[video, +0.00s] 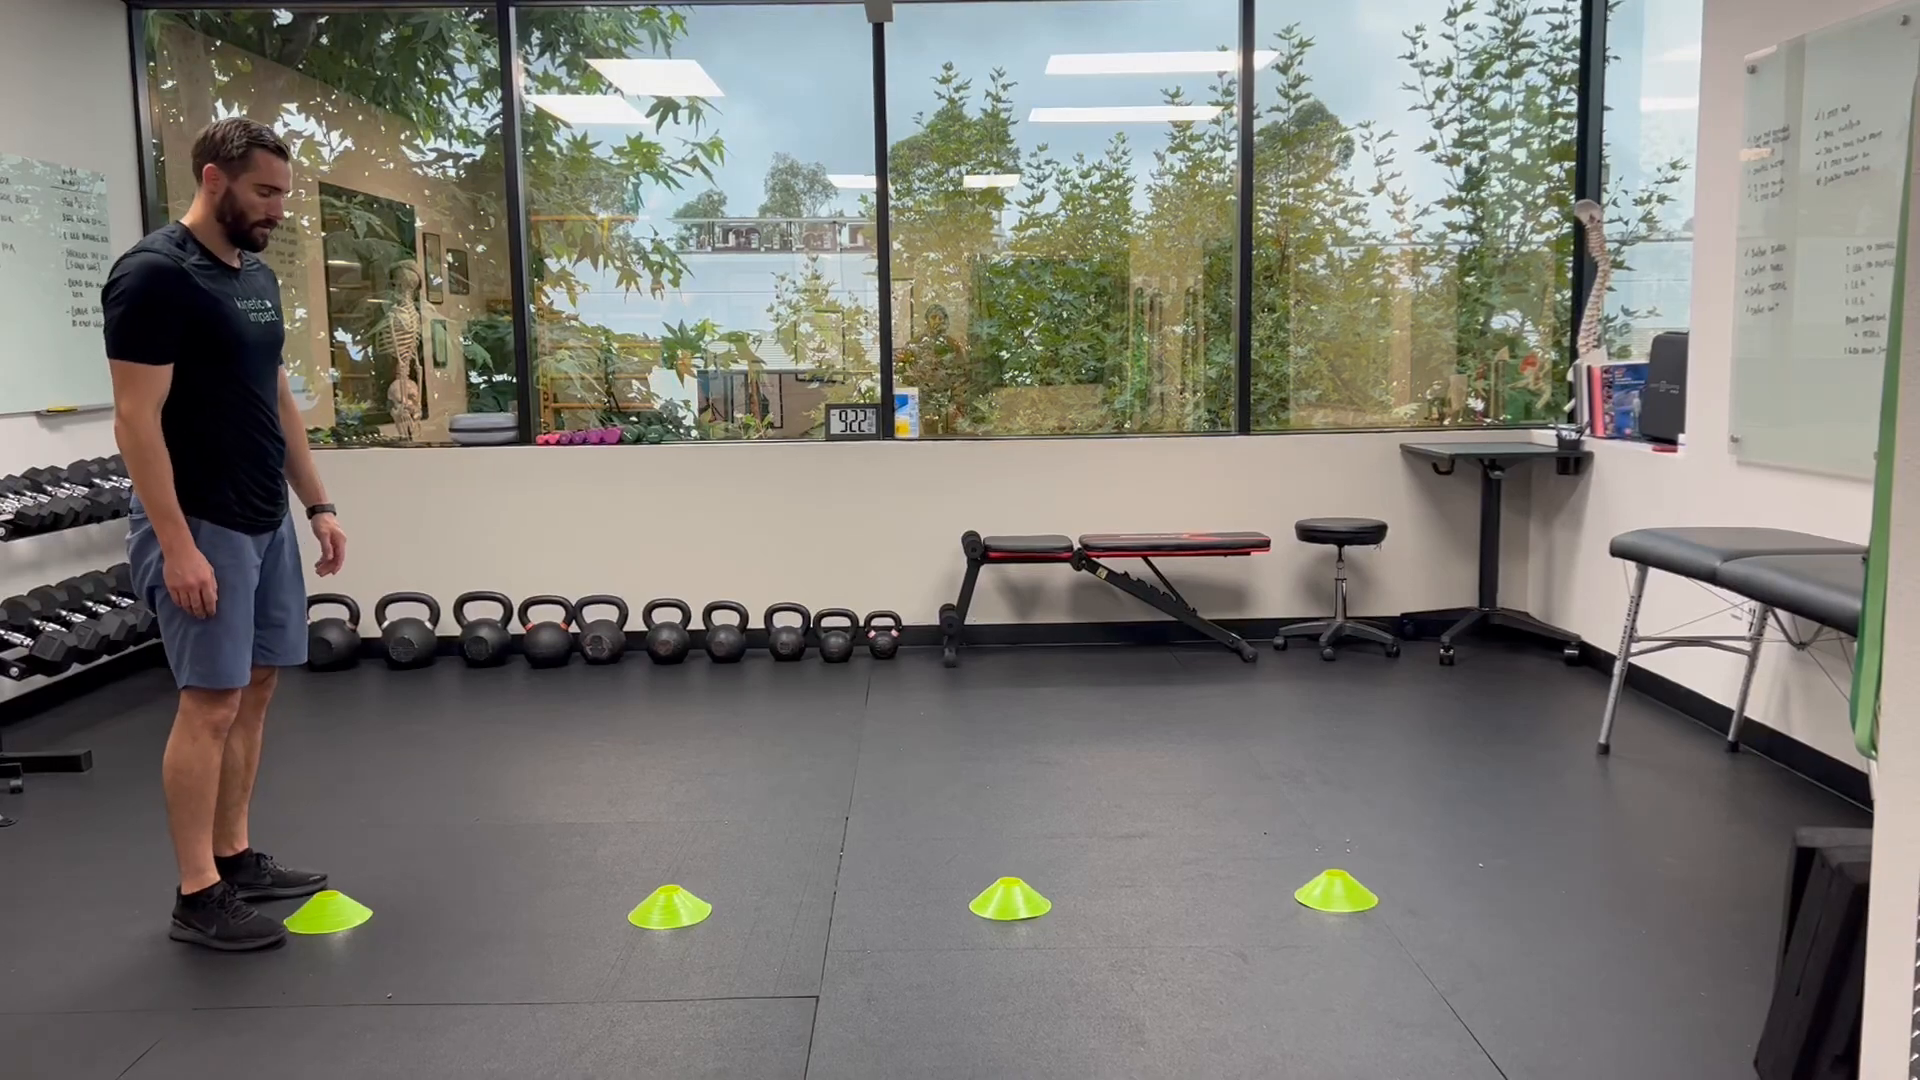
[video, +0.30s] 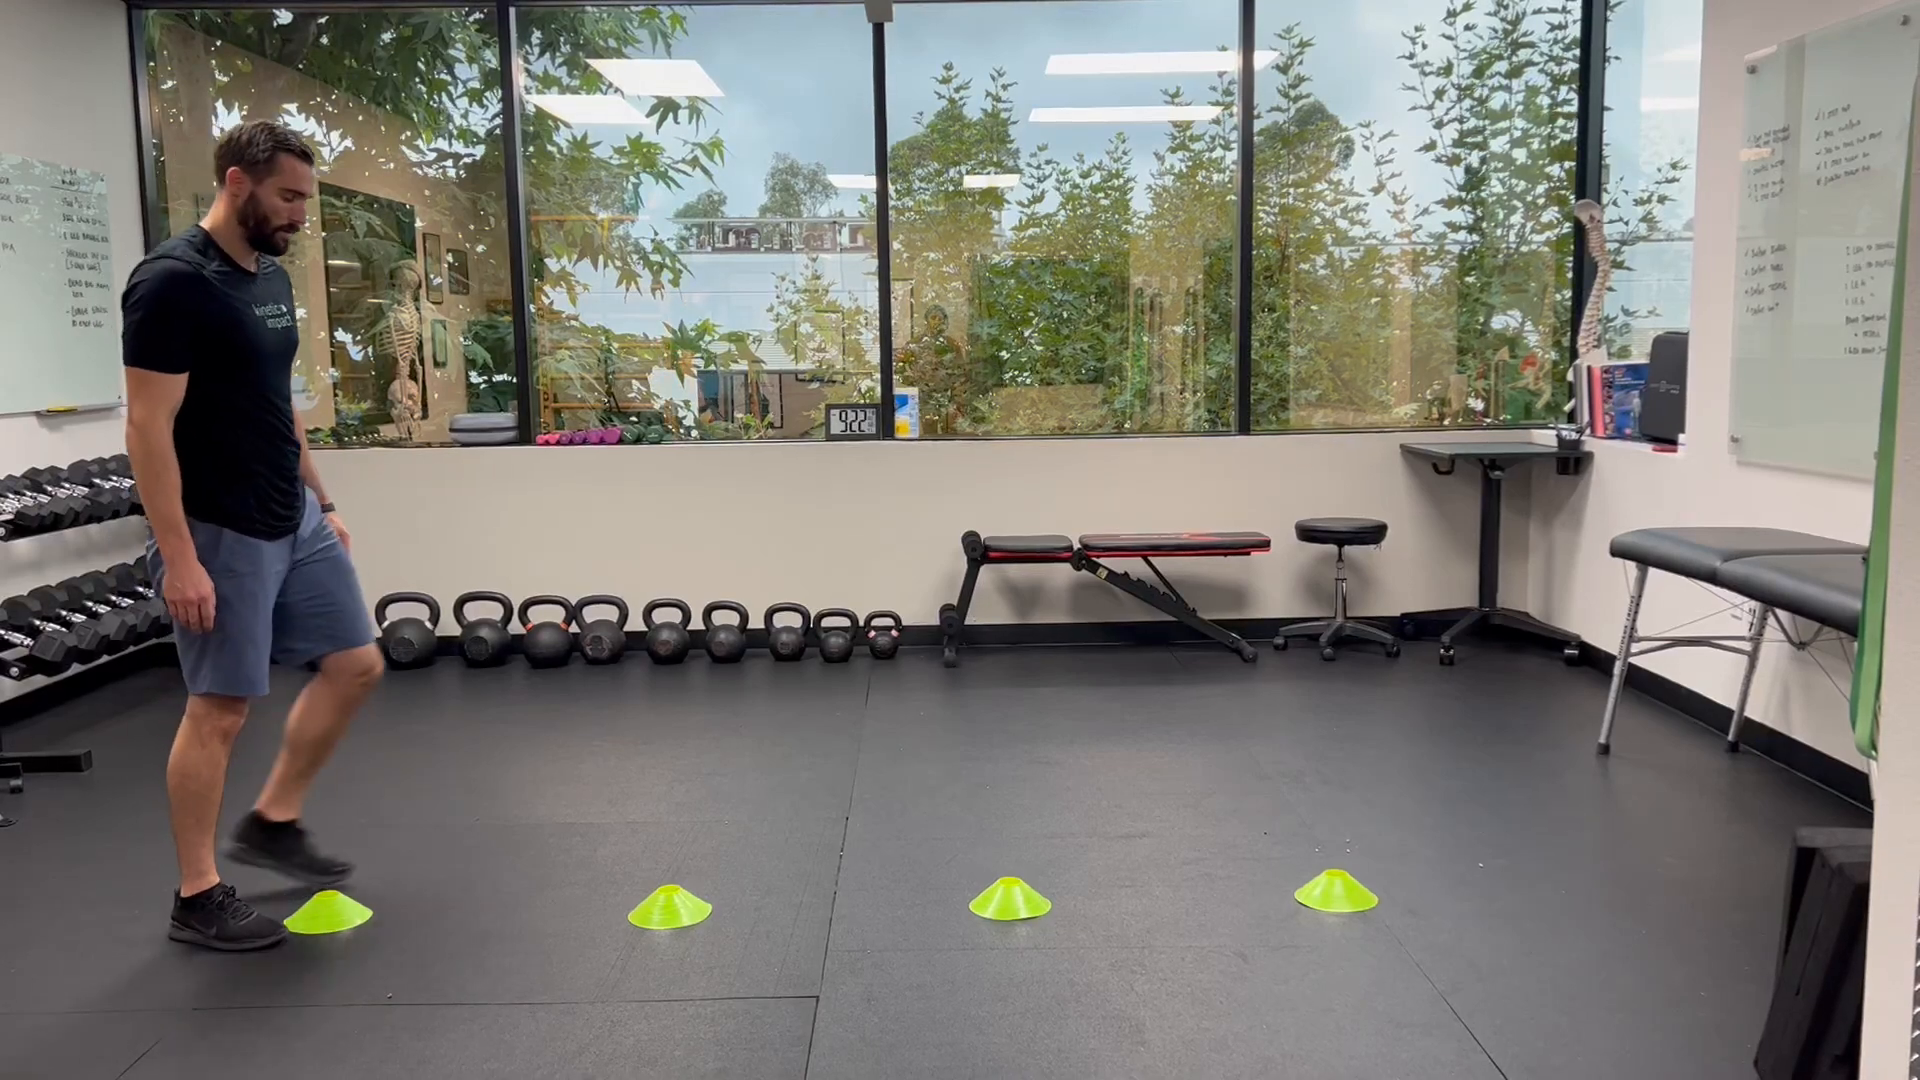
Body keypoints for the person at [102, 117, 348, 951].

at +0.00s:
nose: (277, 209)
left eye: (283, 195)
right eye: (265, 192)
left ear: (275, 193)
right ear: (214, 179)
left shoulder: (256, 275)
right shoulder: (151, 276)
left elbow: (275, 396)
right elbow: (136, 422)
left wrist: (317, 502)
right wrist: (175, 546)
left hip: (268, 522)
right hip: (201, 529)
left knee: (255, 690)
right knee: (208, 703)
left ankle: (232, 860)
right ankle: (196, 894)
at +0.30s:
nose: (301, 214)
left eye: (307, 199)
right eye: (290, 196)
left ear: (269, 193)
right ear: (236, 184)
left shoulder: (269, 275)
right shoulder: (171, 283)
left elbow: (279, 402)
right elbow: (146, 428)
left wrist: (317, 501)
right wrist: (177, 557)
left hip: (292, 519)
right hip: (222, 532)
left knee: (354, 666)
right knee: (218, 710)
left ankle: (273, 819)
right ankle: (197, 893)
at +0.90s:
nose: (537, 255)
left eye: (543, 240)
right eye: (528, 236)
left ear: (497, 229)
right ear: (481, 220)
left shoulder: (486, 307)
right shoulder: (410, 309)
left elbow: (459, 433)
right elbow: (367, 443)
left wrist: (480, 531)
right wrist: (391, 573)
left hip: (491, 545)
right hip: (415, 563)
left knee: (564, 676)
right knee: (358, 726)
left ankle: (603, 854)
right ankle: (222, 870)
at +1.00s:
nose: (585, 243)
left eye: (591, 229)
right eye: (578, 225)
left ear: (557, 218)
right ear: (530, 206)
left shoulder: (537, 299)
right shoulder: (456, 287)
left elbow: (531, 420)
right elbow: (410, 418)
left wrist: (557, 519)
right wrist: (434, 547)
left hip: (526, 534)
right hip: (457, 543)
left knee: (574, 672)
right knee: (457, 714)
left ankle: (603, 851)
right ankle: (289, 829)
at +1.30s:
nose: (609, 198)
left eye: (621, 186)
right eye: (596, 179)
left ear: (626, 196)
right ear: (555, 178)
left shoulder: (604, 282)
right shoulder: (511, 272)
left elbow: (629, 392)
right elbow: (482, 408)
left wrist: (707, 442)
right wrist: (533, 524)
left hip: (600, 515)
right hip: (541, 522)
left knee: (613, 680)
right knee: (590, 693)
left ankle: (607, 853)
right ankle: (585, 893)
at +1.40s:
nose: (605, 188)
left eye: (619, 177)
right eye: (592, 170)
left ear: (627, 190)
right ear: (554, 174)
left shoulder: (608, 277)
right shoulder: (519, 267)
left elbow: (642, 391)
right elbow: (502, 406)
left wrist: (708, 367)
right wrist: (548, 527)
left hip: (621, 511)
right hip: (568, 517)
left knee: (628, 677)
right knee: (597, 688)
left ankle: (607, 855)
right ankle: (584, 894)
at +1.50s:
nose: (607, 183)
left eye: (620, 173)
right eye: (593, 166)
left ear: (628, 187)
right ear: (556, 170)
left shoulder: (614, 273)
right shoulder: (527, 268)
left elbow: (661, 381)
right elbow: (515, 410)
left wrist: (689, 305)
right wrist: (562, 528)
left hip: (635, 514)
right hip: (584, 520)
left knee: (631, 683)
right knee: (596, 692)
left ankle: (611, 854)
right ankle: (583, 893)